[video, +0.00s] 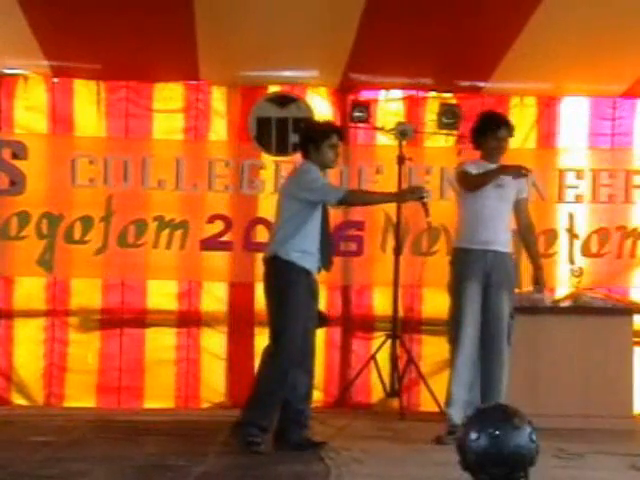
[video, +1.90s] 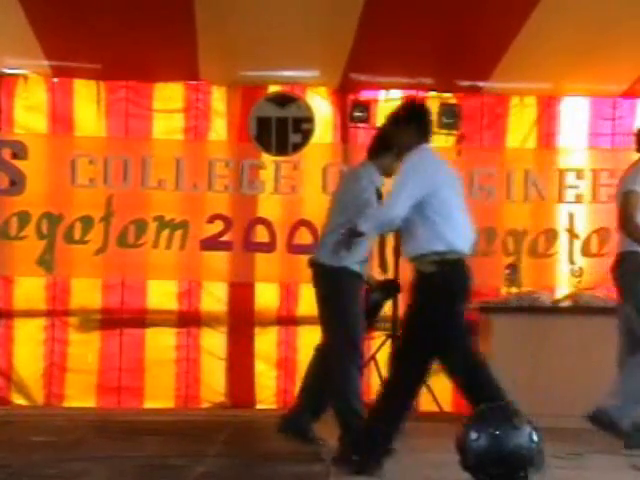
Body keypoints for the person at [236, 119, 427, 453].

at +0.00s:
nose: (337, 154)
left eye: (338, 148)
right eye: (332, 148)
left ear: (324, 151)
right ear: (313, 148)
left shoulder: (312, 179)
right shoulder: (305, 176)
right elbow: (346, 197)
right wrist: (399, 196)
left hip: (300, 271)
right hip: (286, 268)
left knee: (302, 354)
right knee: (286, 350)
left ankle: (294, 432)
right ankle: (254, 428)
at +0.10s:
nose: (339, 155)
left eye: (340, 149)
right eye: (333, 149)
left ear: (323, 152)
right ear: (315, 149)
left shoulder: (312, 179)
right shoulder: (306, 177)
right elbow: (348, 196)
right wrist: (400, 195)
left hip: (301, 270)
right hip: (288, 268)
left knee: (302, 352)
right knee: (289, 349)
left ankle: (293, 432)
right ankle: (254, 427)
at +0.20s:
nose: (339, 155)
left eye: (340, 149)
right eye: (334, 148)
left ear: (329, 153)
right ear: (317, 149)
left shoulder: (313, 179)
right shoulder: (307, 177)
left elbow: (349, 196)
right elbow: (350, 195)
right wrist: (399, 194)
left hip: (301, 269)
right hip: (289, 268)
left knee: (302, 351)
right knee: (294, 350)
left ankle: (293, 431)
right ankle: (256, 423)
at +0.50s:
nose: (344, 155)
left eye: (346, 149)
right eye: (338, 148)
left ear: (340, 152)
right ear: (320, 149)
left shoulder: (316, 178)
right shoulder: (311, 176)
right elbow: (347, 195)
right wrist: (394, 194)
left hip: (303, 267)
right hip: (297, 266)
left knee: (307, 343)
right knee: (319, 342)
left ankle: (296, 429)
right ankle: (302, 431)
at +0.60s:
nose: (346, 156)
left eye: (348, 150)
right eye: (341, 149)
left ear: (342, 152)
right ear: (323, 149)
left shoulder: (320, 181)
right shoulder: (313, 177)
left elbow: (317, 247)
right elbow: (347, 195)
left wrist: (330, 301)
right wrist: (395, 194)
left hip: (307, 268)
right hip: (300, 266)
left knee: (307, 347)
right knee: (321, 345)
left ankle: (295, 428)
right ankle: (325, 428)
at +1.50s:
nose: (398, 155)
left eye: (399, 148)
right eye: (393, 147)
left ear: (385, 149)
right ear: (374, 146)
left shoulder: (369, 181)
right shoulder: (359, 178)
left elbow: (363, 239)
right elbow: (381, 208)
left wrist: (374, 281)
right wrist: (422, 214)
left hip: (356, 272)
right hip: (344, 270)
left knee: (352, 353)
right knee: (353, 353)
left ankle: (309, 415)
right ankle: (356, 436)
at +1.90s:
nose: (399, 167)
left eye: (401, 159)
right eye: (398, 158)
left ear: (378, 150)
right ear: (386, 153)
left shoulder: (360, 178)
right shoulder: (364, 180)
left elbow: (358, 232)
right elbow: (371, 222)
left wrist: (368, 277)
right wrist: (401, 210)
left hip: (343, 269)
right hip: (338, 268)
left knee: (337, 346)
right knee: (346, 348)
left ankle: (300, 417)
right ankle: (354, 432)